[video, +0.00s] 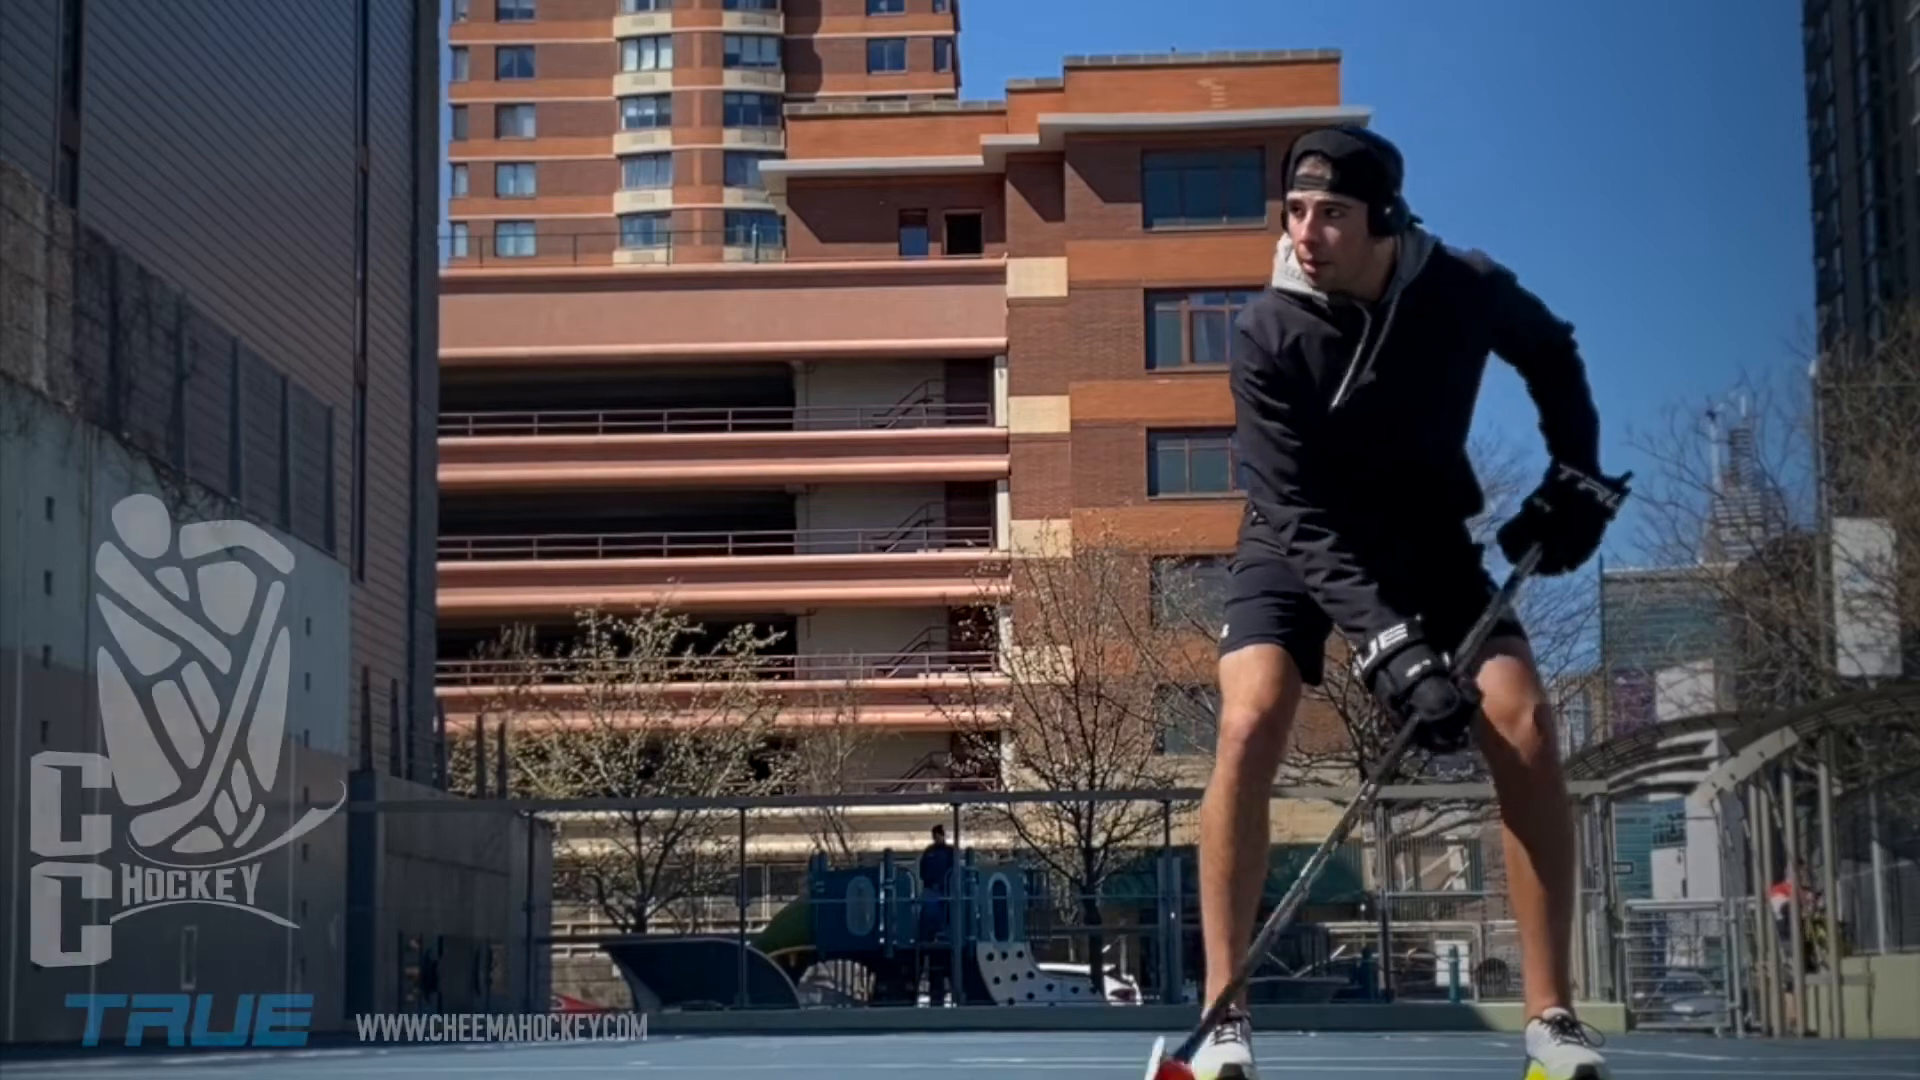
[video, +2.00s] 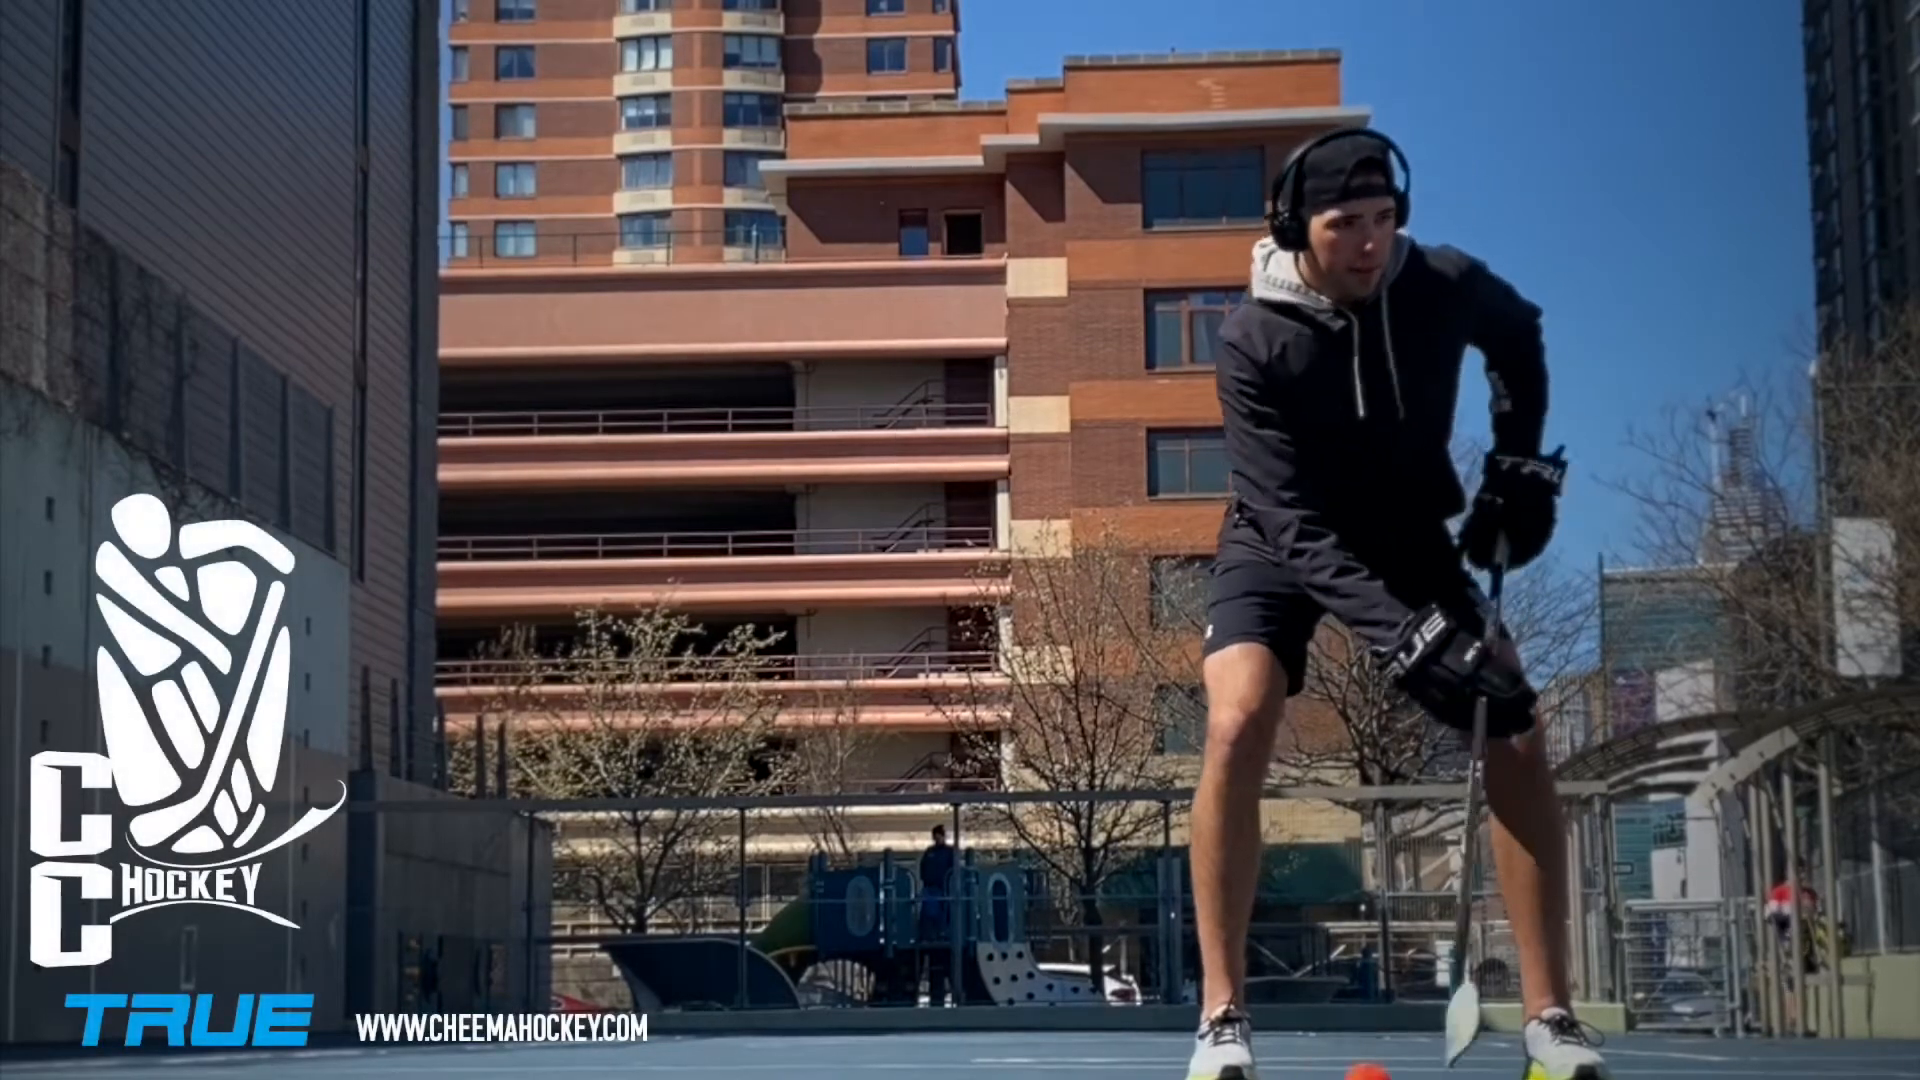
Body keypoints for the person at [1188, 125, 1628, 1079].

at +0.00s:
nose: (1306, 231)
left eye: (1329, 214)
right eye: (1296, 211)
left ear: (1382, 219)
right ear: (1285, 217)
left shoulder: (1463, 290)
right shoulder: (1271, 332)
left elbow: (1550, 355)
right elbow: (1290, 515)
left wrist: (1578, 475)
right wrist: (1385, 641)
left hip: (1430, 539)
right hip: (1298, 542)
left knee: (1527, 726)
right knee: (1250, 723)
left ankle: (1551, 1013)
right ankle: (1222, 1013)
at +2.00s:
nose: (1371, 243)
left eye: (1384, 221)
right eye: (1347, 225)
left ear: (1401, 217)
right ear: (1297, 227)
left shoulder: (1440, 283)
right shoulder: (1257, 338)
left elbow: (1518, 334)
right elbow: (1292, 524)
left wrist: (1519, 465)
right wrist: (1414, 636)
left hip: (1411, 533)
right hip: (1280, 538)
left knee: (1515, 731)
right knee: (1238, 724)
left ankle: (1550, 1014)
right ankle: (1222, 1014)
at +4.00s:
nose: (1330, 286)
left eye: (1349, 264)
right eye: (1310, 266)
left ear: (1379, 262)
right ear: (1278, 265)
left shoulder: (1432, 319)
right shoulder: (1253, 376)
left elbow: (1509, 362)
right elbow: (1294, 553)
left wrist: (1506, 474)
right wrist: (1411, 670)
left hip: (1412, 564)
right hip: (1284, 570)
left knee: (1523, 742)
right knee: (1230, 726)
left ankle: (1549, 1016)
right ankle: (1219, 1015)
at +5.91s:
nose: (1368, 252)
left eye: (1389, 230)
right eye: (1349, 230)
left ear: (1424, 230)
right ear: (1321, 232)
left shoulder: (1476, 294)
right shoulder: (1285, 336)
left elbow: (1543, 362)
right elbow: (1298, 521)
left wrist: (1546, 482)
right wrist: (1396, 640)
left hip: (1432, 535)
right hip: (1301, 539)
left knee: (1534, 726)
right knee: (1249, 725)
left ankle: (1552, 1015)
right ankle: (1222, 1014)